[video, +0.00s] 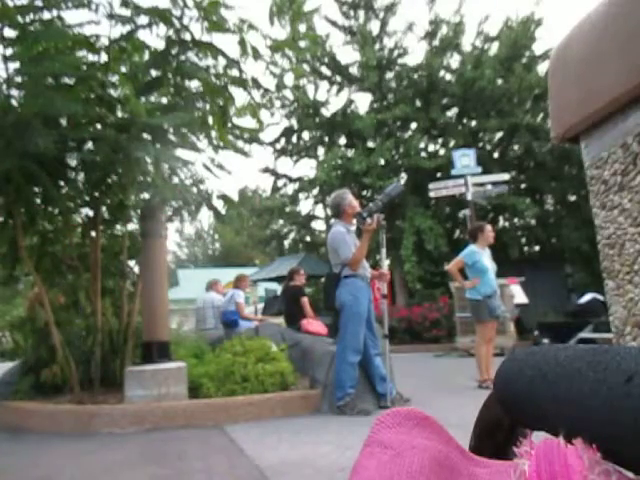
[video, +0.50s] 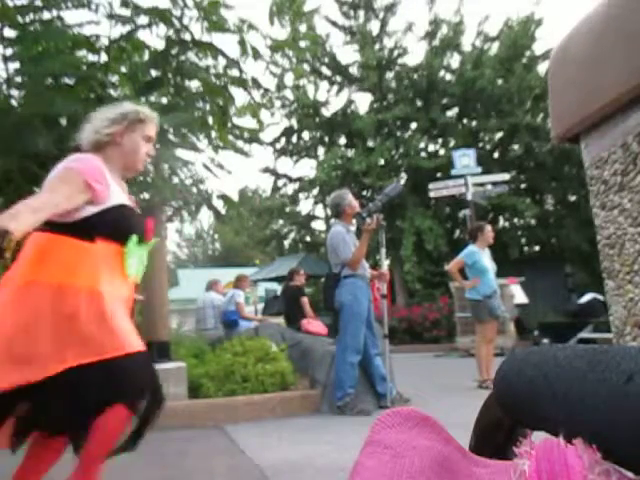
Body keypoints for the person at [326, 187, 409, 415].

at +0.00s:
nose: (358, 204)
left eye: (356, 200)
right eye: (354, 201)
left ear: (346, 208)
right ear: (345, 207)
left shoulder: (349, 232)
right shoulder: (338, 232)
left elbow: (355, 265)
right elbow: (353, 261)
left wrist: (373, 273)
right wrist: (367, 234)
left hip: (362, 284)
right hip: (351, 284)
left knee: (371, 344)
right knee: (351, 344)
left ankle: (387, 393)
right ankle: (344, 398)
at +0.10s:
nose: (358, 204)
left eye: (356, 200)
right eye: (354, 201)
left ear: (346, 208)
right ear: (345, 207)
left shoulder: (348, 232)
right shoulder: (338, 232)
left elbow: (355, 265)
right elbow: (353, 261)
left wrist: (373, 273)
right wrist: (367, 234)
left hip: (362, 284)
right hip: (351, 284)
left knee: (371, 344)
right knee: (351, 344)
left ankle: (387, 393)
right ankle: (344, 398)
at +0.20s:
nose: (358, 204)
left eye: (356, 200)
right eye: (354, 201)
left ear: (345, 208)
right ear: (346, 207)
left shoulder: (348, 232)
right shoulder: (338, 232)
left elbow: (355, 265)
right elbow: (353, 261)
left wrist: (373, 273)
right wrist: (367, 234)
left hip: (362, 284)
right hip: (351, 284)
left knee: (370, 344)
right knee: (351, 344)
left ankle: (386, 393)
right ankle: (344, 397)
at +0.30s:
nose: (358, 204)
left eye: (356, 200)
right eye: (354, 201)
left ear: (345, 208)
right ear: (346, 207)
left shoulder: (348, 232)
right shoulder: (337, 232)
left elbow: (355, 265)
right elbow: (353, 261)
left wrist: (373, 273)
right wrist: (367, 234)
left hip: (361, 284)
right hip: (351, 284)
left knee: (370, 344)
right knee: (351, 345)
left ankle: (386, 393)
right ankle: (344, 397)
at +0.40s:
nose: (358, 204)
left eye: (356, 200)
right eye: (354, 200)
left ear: (345, 208)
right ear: (345, 207)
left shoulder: (348, 232)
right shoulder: (337, 232)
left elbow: (355, 265)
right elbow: (353, 261)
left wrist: (373, 273)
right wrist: (367, 234)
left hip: (361, 284)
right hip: (351, 284)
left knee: (370, 344)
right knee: (351, 345)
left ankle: (386, 393)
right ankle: (344, 397)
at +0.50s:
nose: (358, 204)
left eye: (356, 200)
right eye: (354, 201)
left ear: (345, 208)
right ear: (345, 207)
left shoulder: (348, 232)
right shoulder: (337, 232)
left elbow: (355, 265)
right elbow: (353, 261)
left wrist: (373, 273)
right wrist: (367, 234)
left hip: (361, 284)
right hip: (351, 284)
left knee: (370, 344)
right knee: (351, 345)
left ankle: (386, 393)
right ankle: (344, 397)